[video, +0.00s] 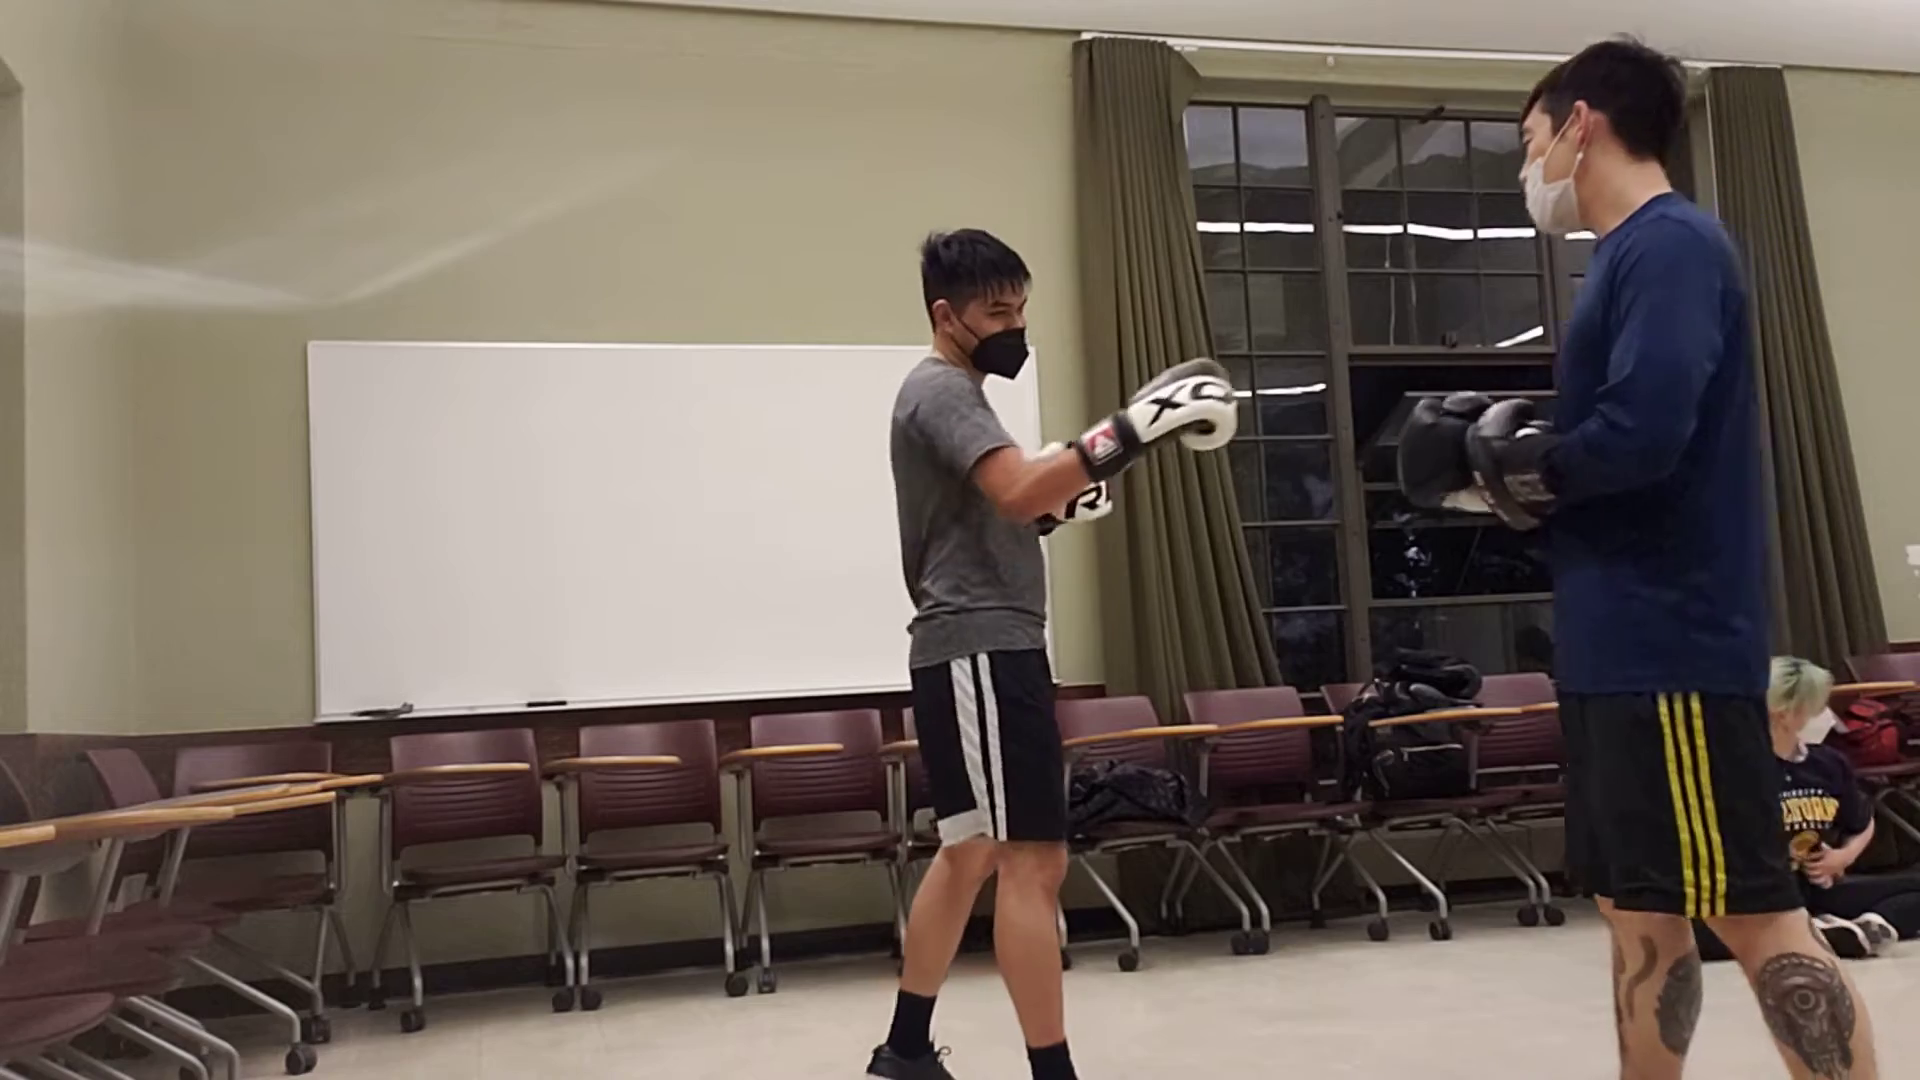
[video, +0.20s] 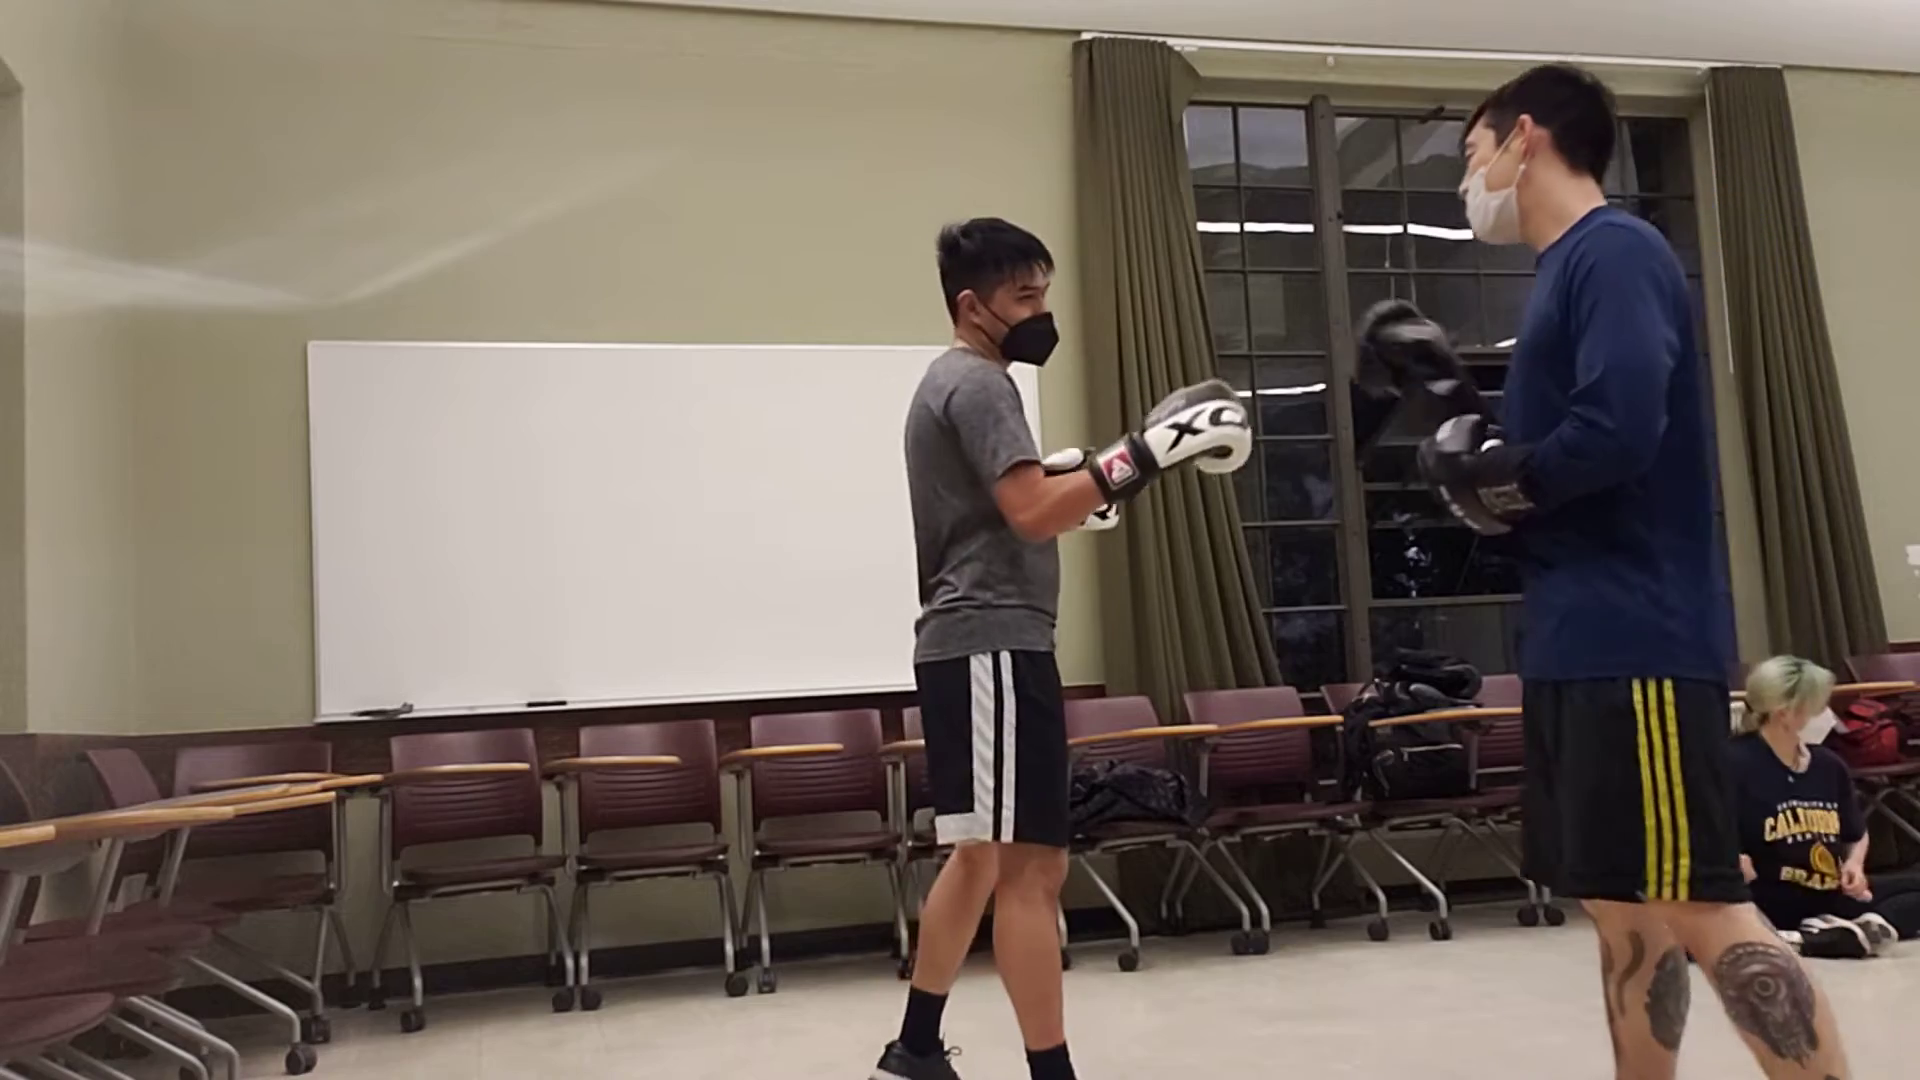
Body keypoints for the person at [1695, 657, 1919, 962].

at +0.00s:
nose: (1820, 720)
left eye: (1818, 712)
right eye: (1813, 712)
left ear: (1787, 714)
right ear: (1783, 714)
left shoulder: (1829, 763)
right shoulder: (1747, 766)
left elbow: (1865, 825)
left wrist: (1842, 858)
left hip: (1824, 892)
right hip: (1769, 895)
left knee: (1914, 887)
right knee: (1697, 935)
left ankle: (1866, 929)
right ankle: (1810, 935)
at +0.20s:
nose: (1822, 716)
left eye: (1821, 707)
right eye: (1814, 709)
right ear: (1784, 713)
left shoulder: (1829, 765)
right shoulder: (1734, 761)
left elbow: (1858, 834)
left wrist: (1854, 862)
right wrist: (1731, 856)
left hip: (1835, 898)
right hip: (1773, 901)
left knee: (1914, 891)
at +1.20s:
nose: (1834, 726)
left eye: (1832, 717)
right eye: (1824, 720)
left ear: (1795, 723)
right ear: (1789, 723)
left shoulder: (1834, 757)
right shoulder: (1735, 763)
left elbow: (1853, 792)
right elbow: (1645, 790)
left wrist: (1831, 846)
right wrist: (1686, 849)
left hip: (1804, 894)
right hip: (1735, 900)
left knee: (1917, 888)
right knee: (1671, 921)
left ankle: (1854, 930)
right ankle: (1794, 942)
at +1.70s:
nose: (1835, 725)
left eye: (1834, 715)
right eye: (1826, 718)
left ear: (1800, 721)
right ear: (1793, 722)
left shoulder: (1835, 763)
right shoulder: (1739, 764)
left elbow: (1859, 803)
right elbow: (1647, 792)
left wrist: (1842, 851)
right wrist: (1683, 863)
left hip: (1812, 896)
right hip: (1741, 902)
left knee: (1917, 889)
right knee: (1672, 923)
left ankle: (1854, 932)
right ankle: (1797, 943)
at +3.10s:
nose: (1839, 717)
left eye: (1837, 707)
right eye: (1831, 708)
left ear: (1801, 714)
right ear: (1797, 714)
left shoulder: (1832, 771)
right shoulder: (1737, 775)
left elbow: (1851, 851)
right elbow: (1721, 866)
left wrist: (1849, 896)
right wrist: (1803, 911)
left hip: (1819, 898)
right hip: (1746, 903)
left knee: (1915, 896)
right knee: (1670, 922)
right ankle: (1799, 944)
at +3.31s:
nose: (1835, 718)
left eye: (1833, 707)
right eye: (1824, 710)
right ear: (1787, 715)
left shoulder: (1831, 767)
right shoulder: (1738, 774)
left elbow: (1859, 836)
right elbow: (1710, 865)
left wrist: (1850, 871)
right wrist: (1790, 909)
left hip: (1824, 894)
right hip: (1753, 903)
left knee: (1916, 890)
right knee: (1670, 923)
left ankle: (1854, 934)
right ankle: (1795, 945)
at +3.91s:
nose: (1830, 716)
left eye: (1828, 706)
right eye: (1817, 708)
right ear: (1778, 714)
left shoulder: (1833, 769)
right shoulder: (1738, 776)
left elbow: (1853, 842)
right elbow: (1720, 871)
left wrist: (1855, 881)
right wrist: (1799, 919)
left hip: (1827, 902)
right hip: (1756, 907)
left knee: (1915, 898)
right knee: (1671, 922)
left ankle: (1861, 936)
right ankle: (1793, 944)